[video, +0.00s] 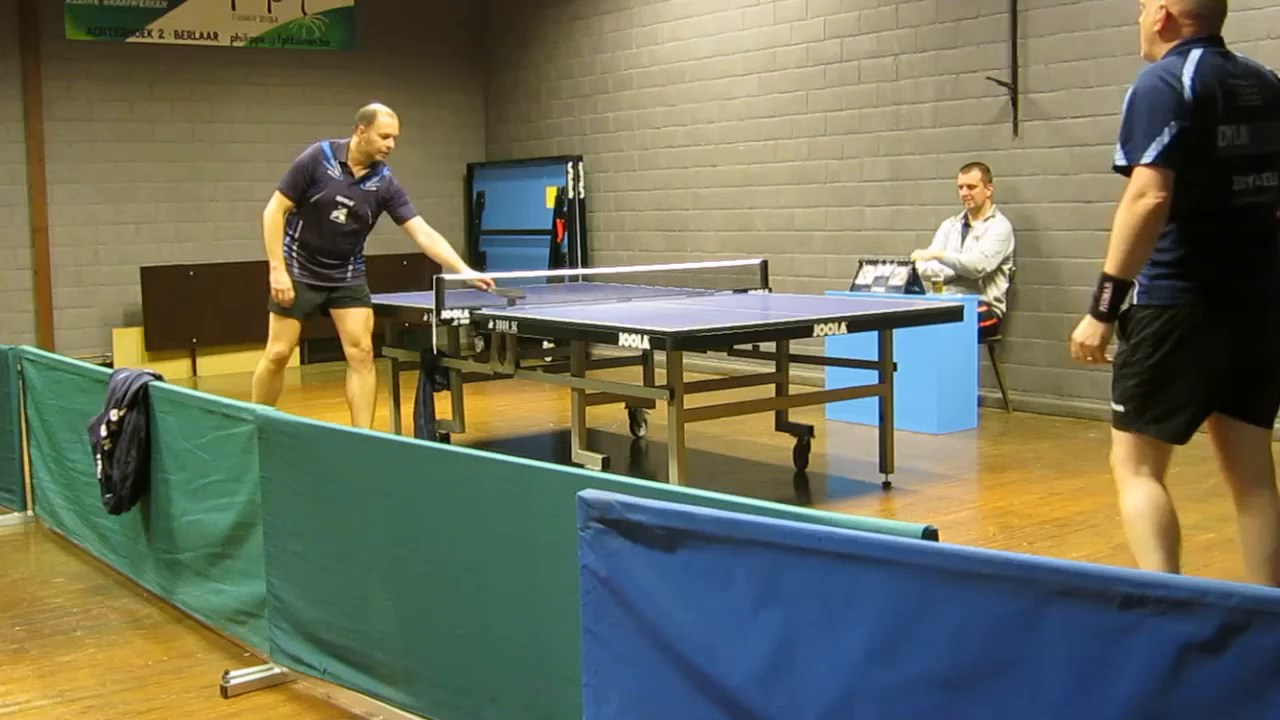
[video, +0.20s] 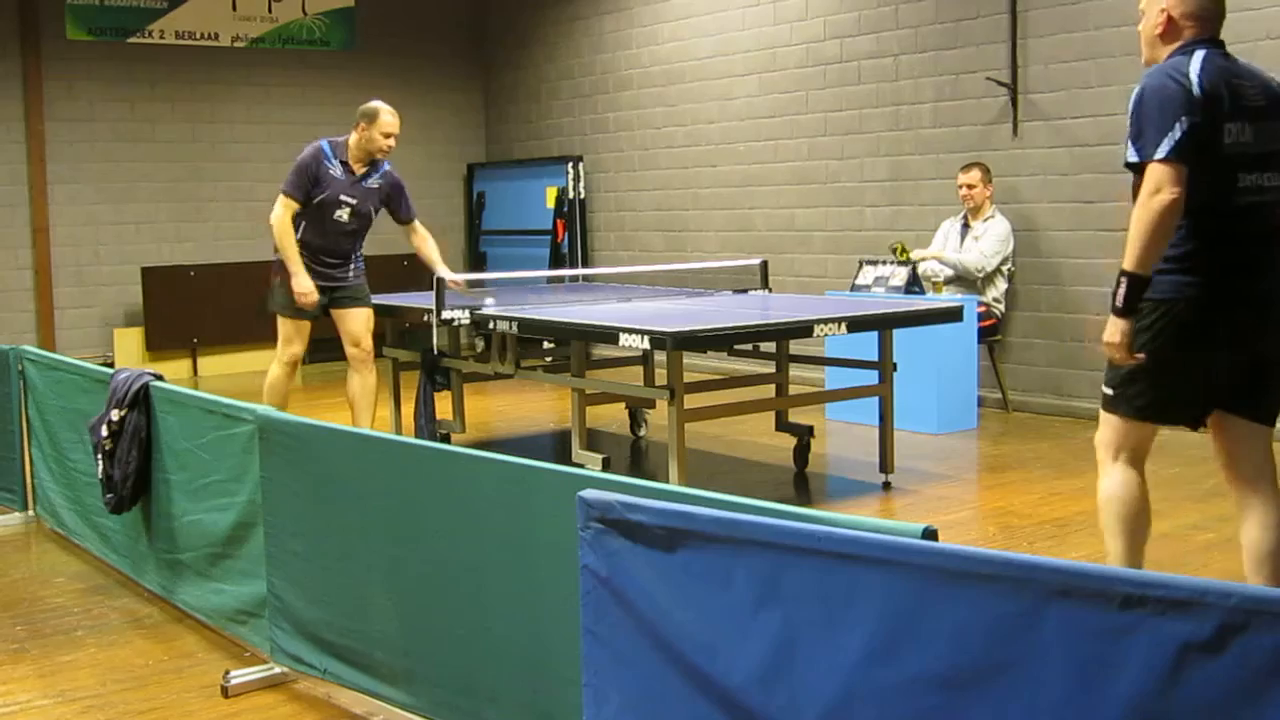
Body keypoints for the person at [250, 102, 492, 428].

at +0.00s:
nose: (391, 145)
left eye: (394, 138)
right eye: (385, 137)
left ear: (393, 139)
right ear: (360, 132)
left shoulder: (385, 183)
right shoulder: (318, 158)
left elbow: (423, 233)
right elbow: (274, 211)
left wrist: (466, 271)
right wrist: (277, 269)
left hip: (348, 275)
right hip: (298, 271)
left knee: (361, 352)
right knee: (278, 354)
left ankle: (362, 443)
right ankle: (257, 430)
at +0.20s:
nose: (392, 145)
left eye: (395, 138)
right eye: (386, 136)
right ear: (361, 129)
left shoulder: (387, 182)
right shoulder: (317, 158)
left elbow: (415, 231)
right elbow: (280, 217)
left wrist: (444, 272)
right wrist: (298, 273)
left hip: (347, 272)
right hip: (300, 267)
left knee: (362, 351)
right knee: (290, 355)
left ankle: (363, 443)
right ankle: (268, 437)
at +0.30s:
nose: (384, 142)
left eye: (387, 135)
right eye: (379, 134)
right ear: (354, 127)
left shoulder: (377, 175)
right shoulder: (311, 160)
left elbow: (390, 221)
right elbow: (287, 226)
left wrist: (407, 262)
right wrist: (319, 281)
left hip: (342, 268)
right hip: (297, 267)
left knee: (360, 350)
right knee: (300, 355)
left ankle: (363, 443)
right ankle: (273, 439)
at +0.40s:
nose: (374, 144)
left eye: (376, 137)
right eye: (369, 135)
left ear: (352, 131)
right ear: (343, 128)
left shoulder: (358, 168)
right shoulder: (305, 166)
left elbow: (359, 216)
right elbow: (305, 240)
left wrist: (371, 249)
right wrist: (342, 290)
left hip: (334, 263)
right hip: (292, 265)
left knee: (352, 350)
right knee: (306, 356)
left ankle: (362, 442)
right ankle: (279, 443)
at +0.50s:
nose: (366, 147)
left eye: (368, 140)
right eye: (361, 139)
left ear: (341, 135)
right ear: (336, 132)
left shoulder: (334, 165)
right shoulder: (307, 170)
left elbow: (327, 216)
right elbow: (323, 250)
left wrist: (345, 241)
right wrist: (365, 299)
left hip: (317, 259)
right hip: (284, 262)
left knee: (337, 351)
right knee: (301, 359)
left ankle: (360, 438)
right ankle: (278, 444)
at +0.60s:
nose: (361, 149)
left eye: (363, 141)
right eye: (356, 141)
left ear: (332, 136)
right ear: (332, 136)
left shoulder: (307, 155)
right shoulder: (310, 174)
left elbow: (297, 215)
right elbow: (333, 253)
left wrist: (332, 236)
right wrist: (376, 300)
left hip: (289, 258)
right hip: (273, 259)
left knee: (320, 349)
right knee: (295, 355)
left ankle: (337, 435)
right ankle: (278, 442)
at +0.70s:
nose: (355, 148)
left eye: (357, 140)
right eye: (352, 140)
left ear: (328, 135)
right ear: (331, 135)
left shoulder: (292, 151)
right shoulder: (310, 173)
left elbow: (276, 211)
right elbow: (329, 249)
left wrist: (302, 249)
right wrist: (376, 292)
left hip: (258, 252)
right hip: (268, 260)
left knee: (301, 344)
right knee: (290, 354)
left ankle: (305, 429)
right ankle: (276, 441)